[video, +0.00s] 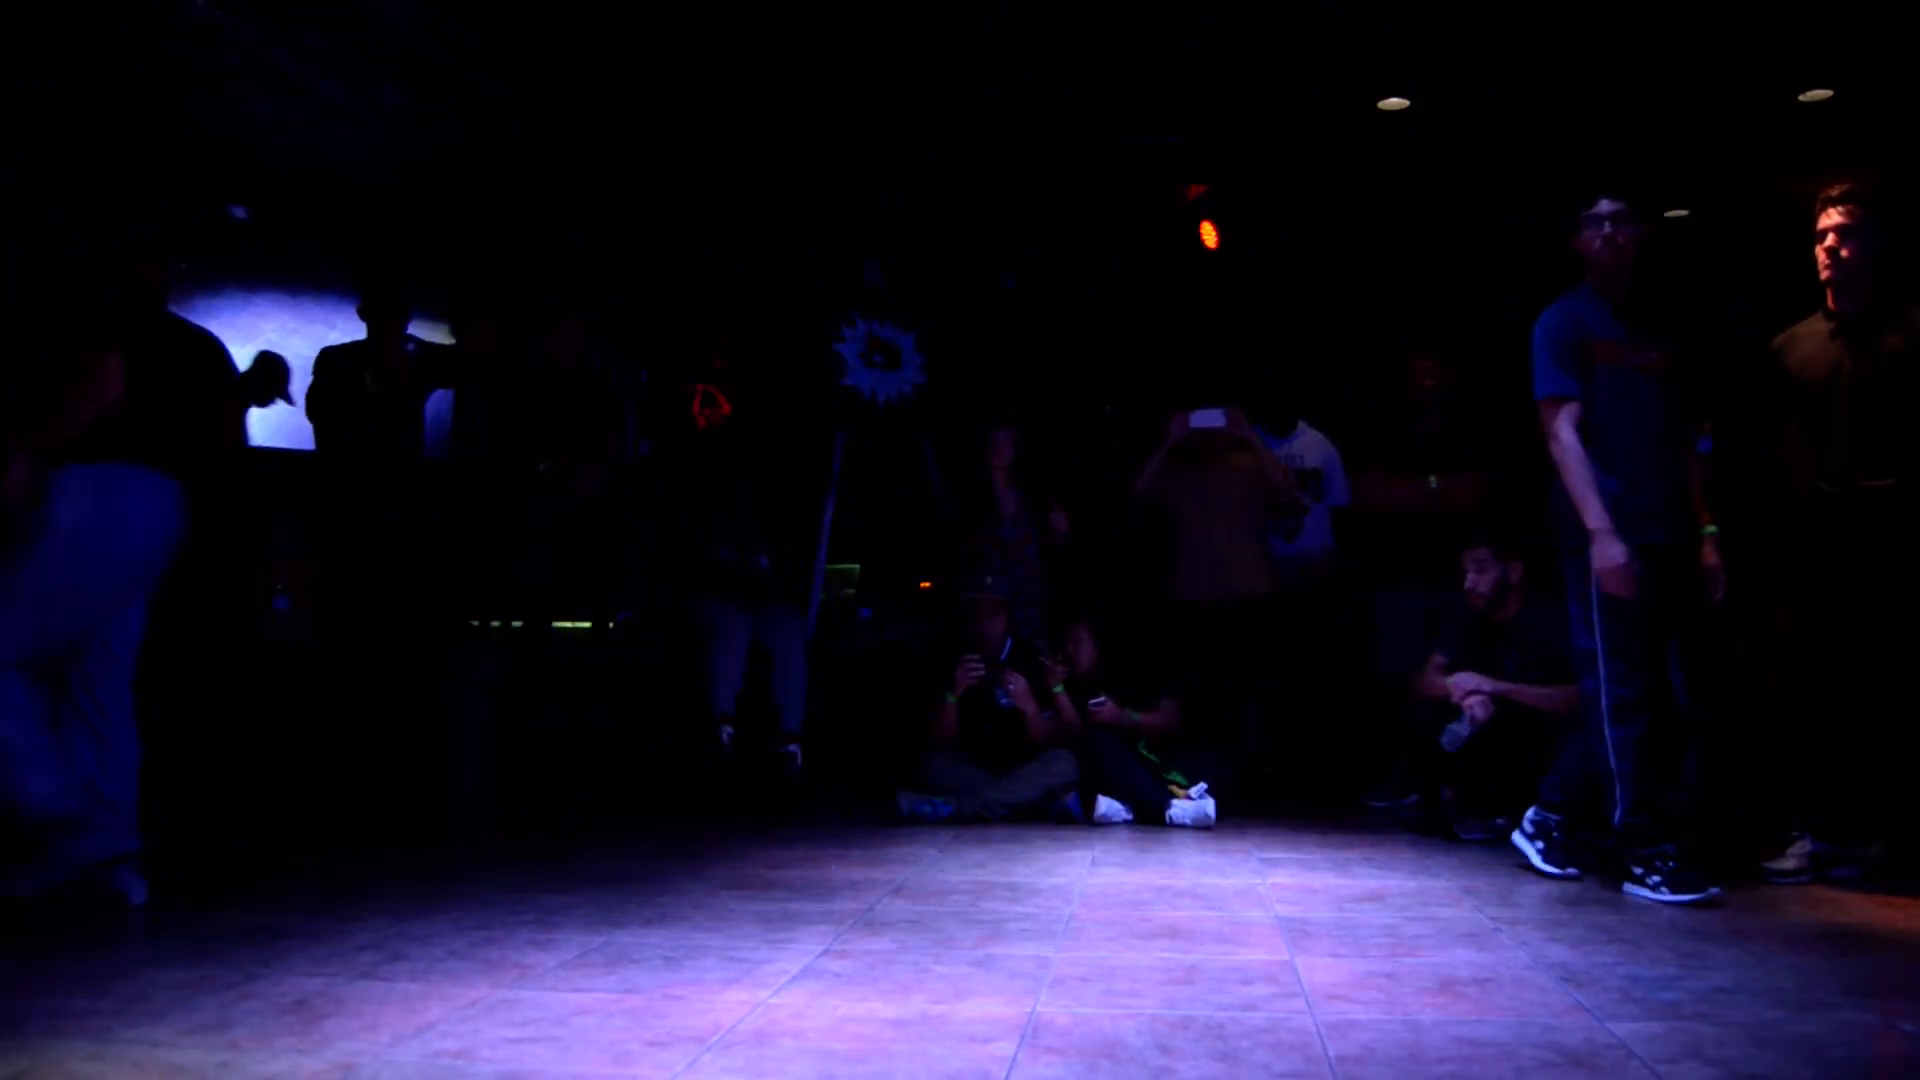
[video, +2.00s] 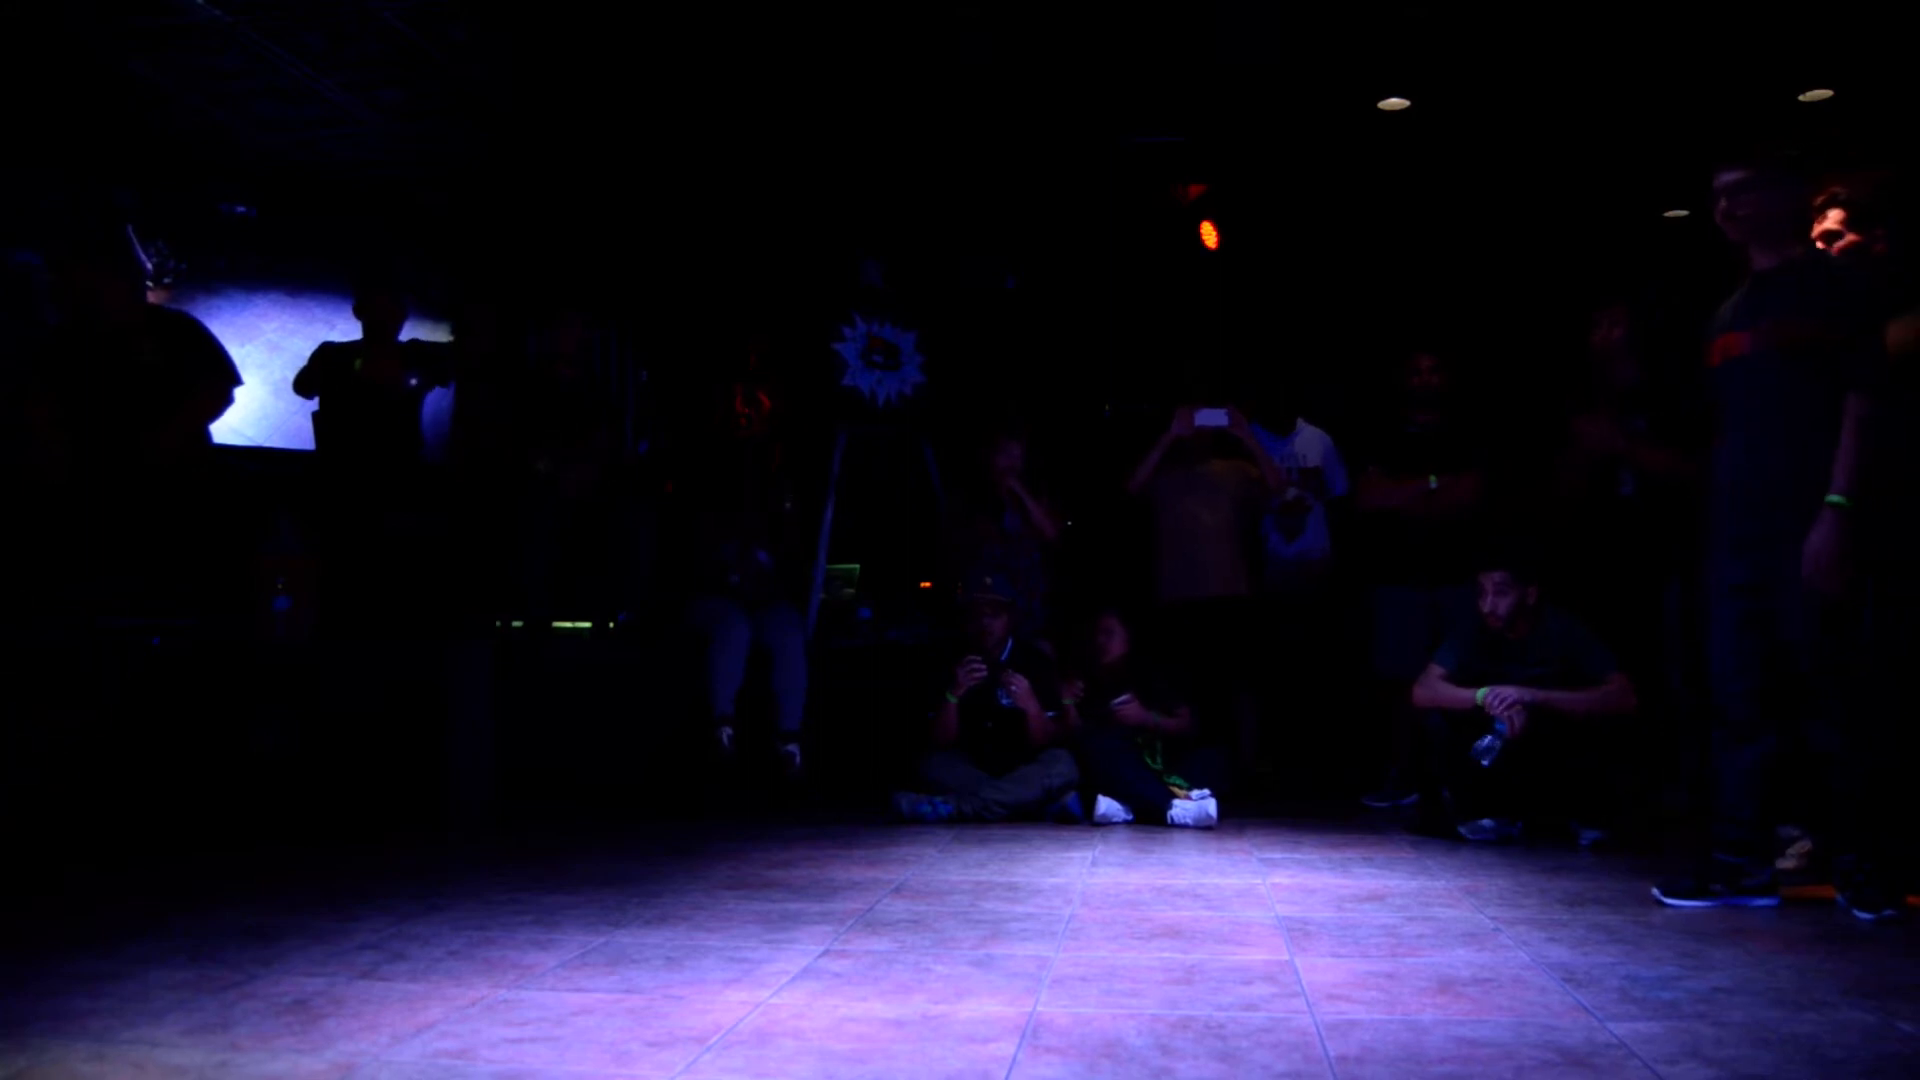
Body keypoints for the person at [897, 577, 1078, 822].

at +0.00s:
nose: (988, 628)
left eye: (995, 619)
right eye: (981, 620)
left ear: (1007, 622)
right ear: (970, 624)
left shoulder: (1026, 660)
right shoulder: (956, 661)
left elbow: (1044, 737)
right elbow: (942, 740)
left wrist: (1026, 702)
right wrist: (954, 693)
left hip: (1020, 755)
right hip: (971, 755)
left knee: (1063, 765)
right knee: (934, 766)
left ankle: (957, 806)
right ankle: (1039, 805)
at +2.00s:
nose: (985, 624)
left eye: (994, 616)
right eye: (978, 616)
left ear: (1008, 619)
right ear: (967, 620)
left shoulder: (1030, 660)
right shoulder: (954, 659)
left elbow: (1046, 739)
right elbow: (942, 740)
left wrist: (1029, 704)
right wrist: (954, 694)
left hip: (1020, 755)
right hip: (969, 756)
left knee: (1062, 765)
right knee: (934, 766)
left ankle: (958, 808)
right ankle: (1039, 806)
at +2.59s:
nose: (981, 628)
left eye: (991, 618)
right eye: (976, 619)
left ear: (1010, 623)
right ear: (968, 626)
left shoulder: (1035, 666)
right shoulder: (955, 667)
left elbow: (1052, 744)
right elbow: (945, 745)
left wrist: (1034, 712)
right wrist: (959, 700)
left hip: (1026, 763)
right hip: (974, 764)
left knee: (1066, 771)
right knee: (940, 773)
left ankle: (962, 814)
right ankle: (1042, 814)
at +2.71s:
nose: (984, 627)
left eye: (993, 618)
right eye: (978, 619)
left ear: (1013, 624)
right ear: (971, 625)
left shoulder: (1037, 666)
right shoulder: (958, 665)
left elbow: (1053, 744)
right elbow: (945, 744)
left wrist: (1037, 711)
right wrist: (962, 700)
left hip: (1027, 763)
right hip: (975, 763)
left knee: (1070, 771)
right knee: (941, 772)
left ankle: (964, 814)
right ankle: (1044, 814)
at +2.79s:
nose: (988, 627)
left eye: (997, 618)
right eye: (982, 619)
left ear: (1017, 623)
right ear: (975, 625)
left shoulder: (1041, 665)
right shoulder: (962, 666)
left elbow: (1058, 743)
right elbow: (951, 743)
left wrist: (1040, 710)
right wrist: (966, 699)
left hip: (1032, 763)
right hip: (979, 764)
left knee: (1074, 771)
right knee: (945, 772)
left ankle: (969, 814)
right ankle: (1049, 813)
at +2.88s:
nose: (1003, 628)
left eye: (1012, 619)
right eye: (997, 619)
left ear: (1032, 623)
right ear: (989, 626)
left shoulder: (1055, 665)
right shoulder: (977, 666)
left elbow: (1075, 744)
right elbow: (966, 743)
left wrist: (1055, 710)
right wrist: (980, 700)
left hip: (1047, 762)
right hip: (994, 764)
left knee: (1089, 771)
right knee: (959, 771)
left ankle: (985, 814)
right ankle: (1065, 813)